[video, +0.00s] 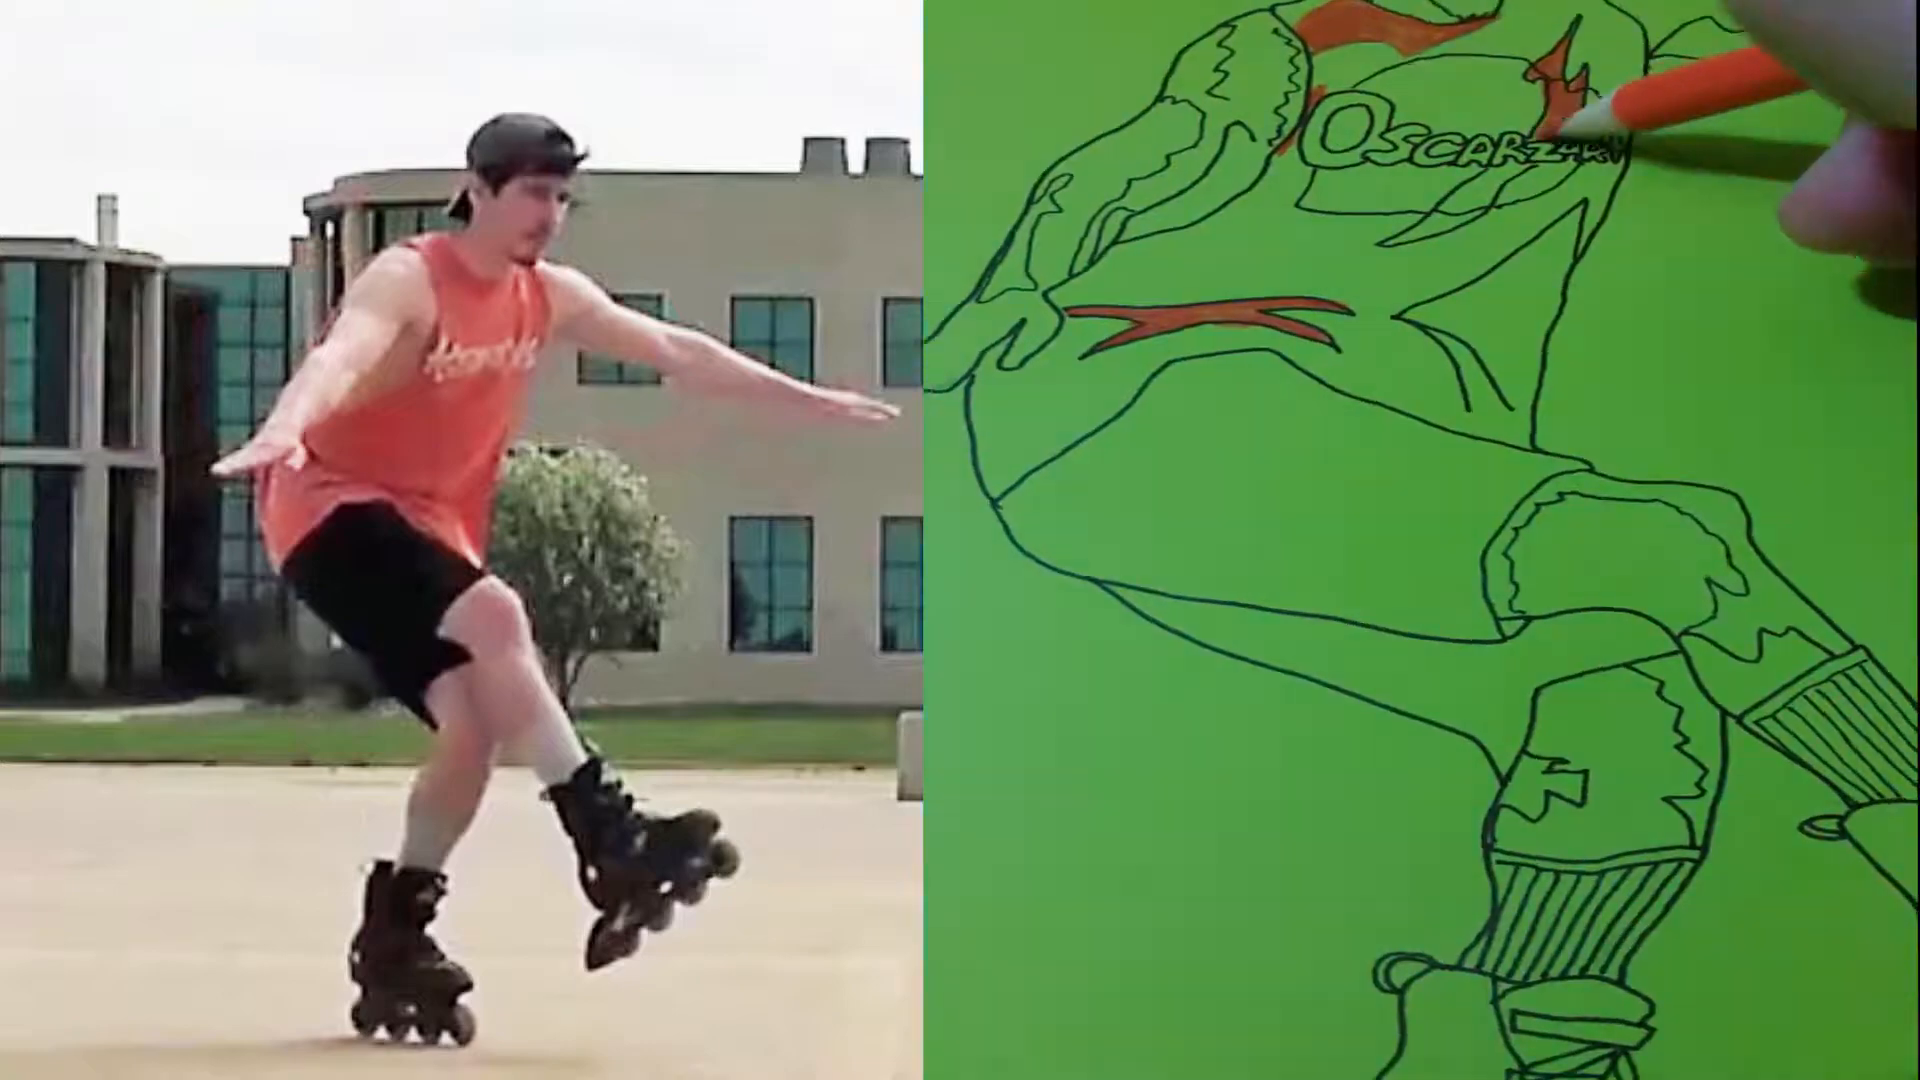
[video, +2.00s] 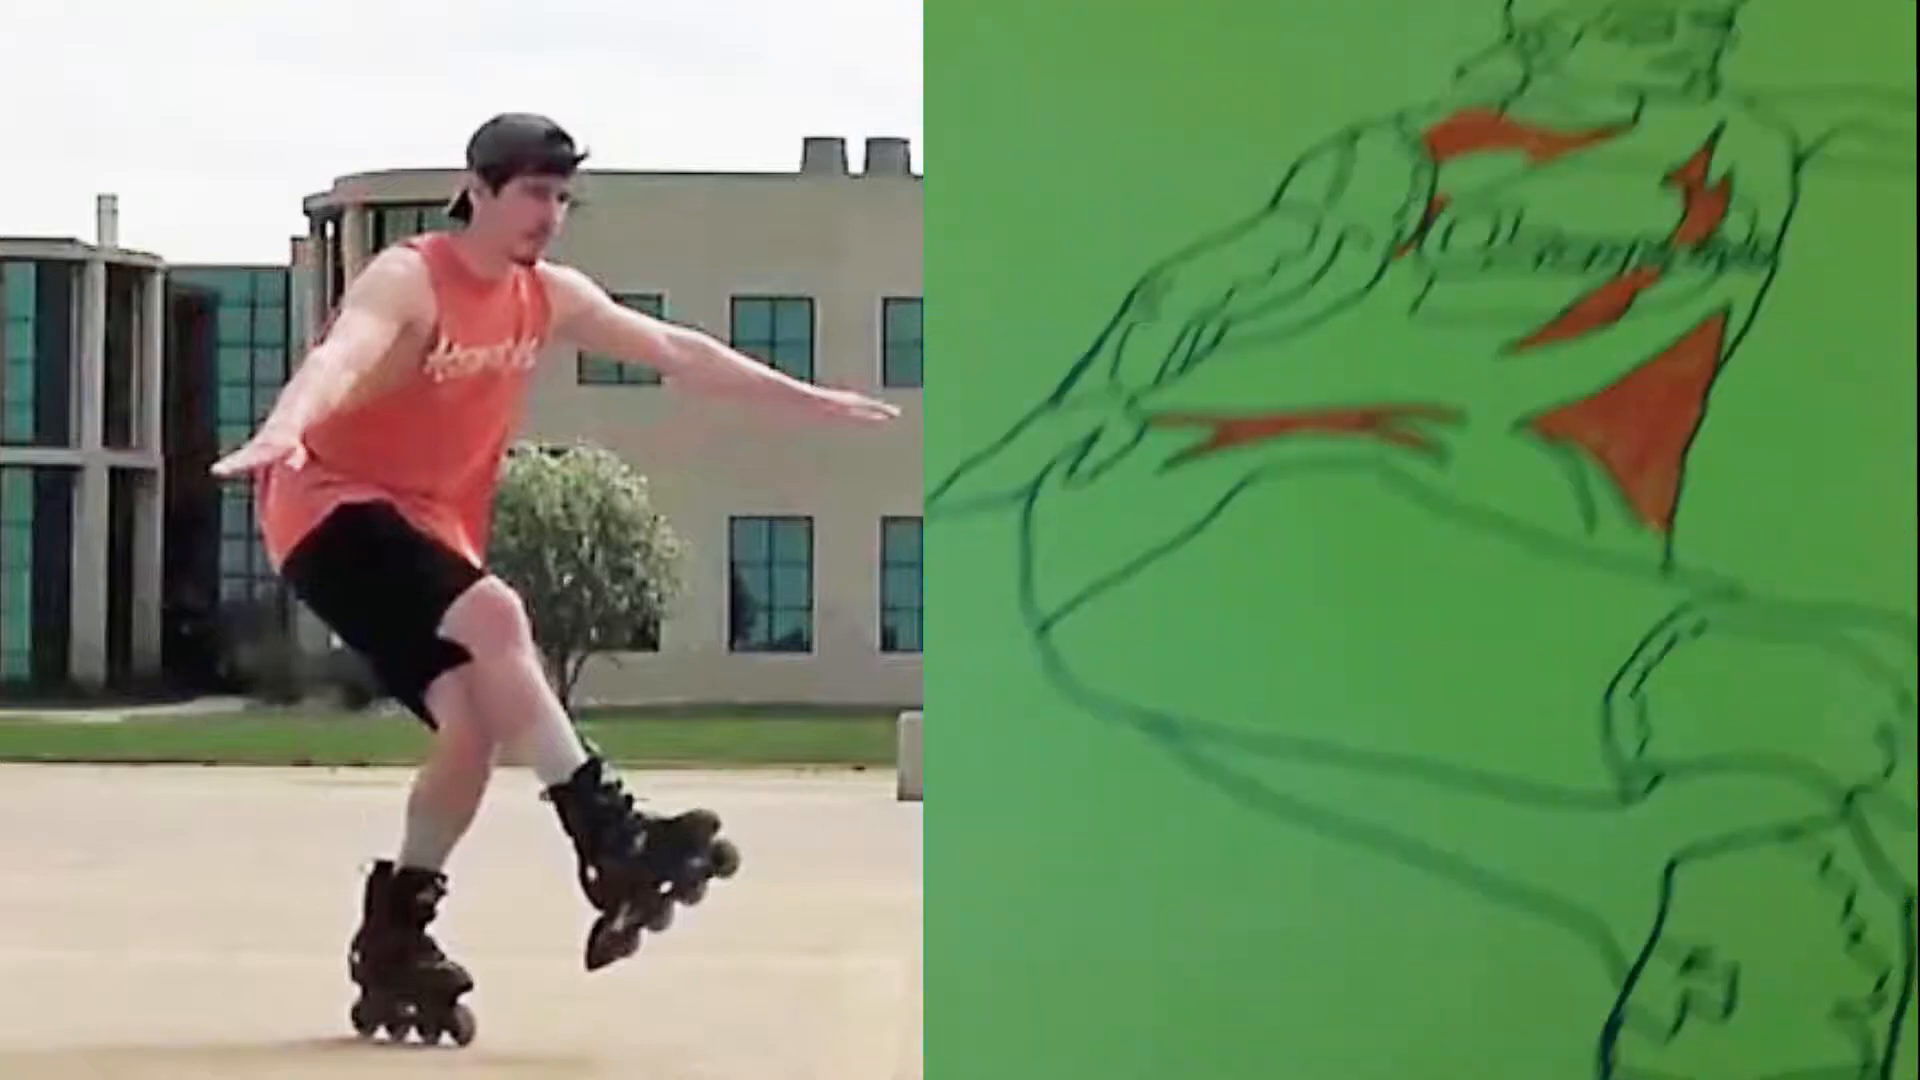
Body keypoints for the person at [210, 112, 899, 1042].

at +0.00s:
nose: (552, 214)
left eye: (562, 198)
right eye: (536, 195)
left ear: (562, 203)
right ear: (477, 191)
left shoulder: (551, 293)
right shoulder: (408, 275)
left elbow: (674, 350)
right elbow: (341, 357)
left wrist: (810, 399)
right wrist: (283, 428)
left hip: (435, 529)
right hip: (333, 504)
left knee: (478, 724)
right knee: (492, 616)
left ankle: (393, 937)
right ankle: (612, 843)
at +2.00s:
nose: (552, 214)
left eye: (562, 198)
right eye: (536, 195)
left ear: (562, 203)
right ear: (477, 191)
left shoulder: (551, 293)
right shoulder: (409, 274)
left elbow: (674, 350)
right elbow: (341, 356)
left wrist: (810, 399)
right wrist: (283, 429)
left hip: (436, 530)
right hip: (334, 505)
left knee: (478, 723)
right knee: (492, 616)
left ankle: (393, 936)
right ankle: (611, 843)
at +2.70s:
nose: (552, 214)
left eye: (562, 198)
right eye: (536, 195)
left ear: (563, 203)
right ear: (477, 191)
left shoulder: (551, 293)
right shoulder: (408, 274)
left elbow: (674, 350)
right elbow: (341, 356)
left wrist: (810, 399)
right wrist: (283, 429)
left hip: (436, 529)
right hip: (334, 504)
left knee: (477, 723)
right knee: (492, 616)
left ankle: (393, 937)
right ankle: (611, 843)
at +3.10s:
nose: (552, 214)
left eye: (562, 198)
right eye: (536, 194)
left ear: (563, 203)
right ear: (477, 191)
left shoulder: (551, 293)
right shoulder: (409, 274)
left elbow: (674, 349)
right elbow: (341, 356)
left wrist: (810, 399)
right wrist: (282, 429)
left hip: (436, 530)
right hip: (334, 505)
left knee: (477, 725)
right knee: (492, 616)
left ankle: (393, 935)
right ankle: (611, 842)